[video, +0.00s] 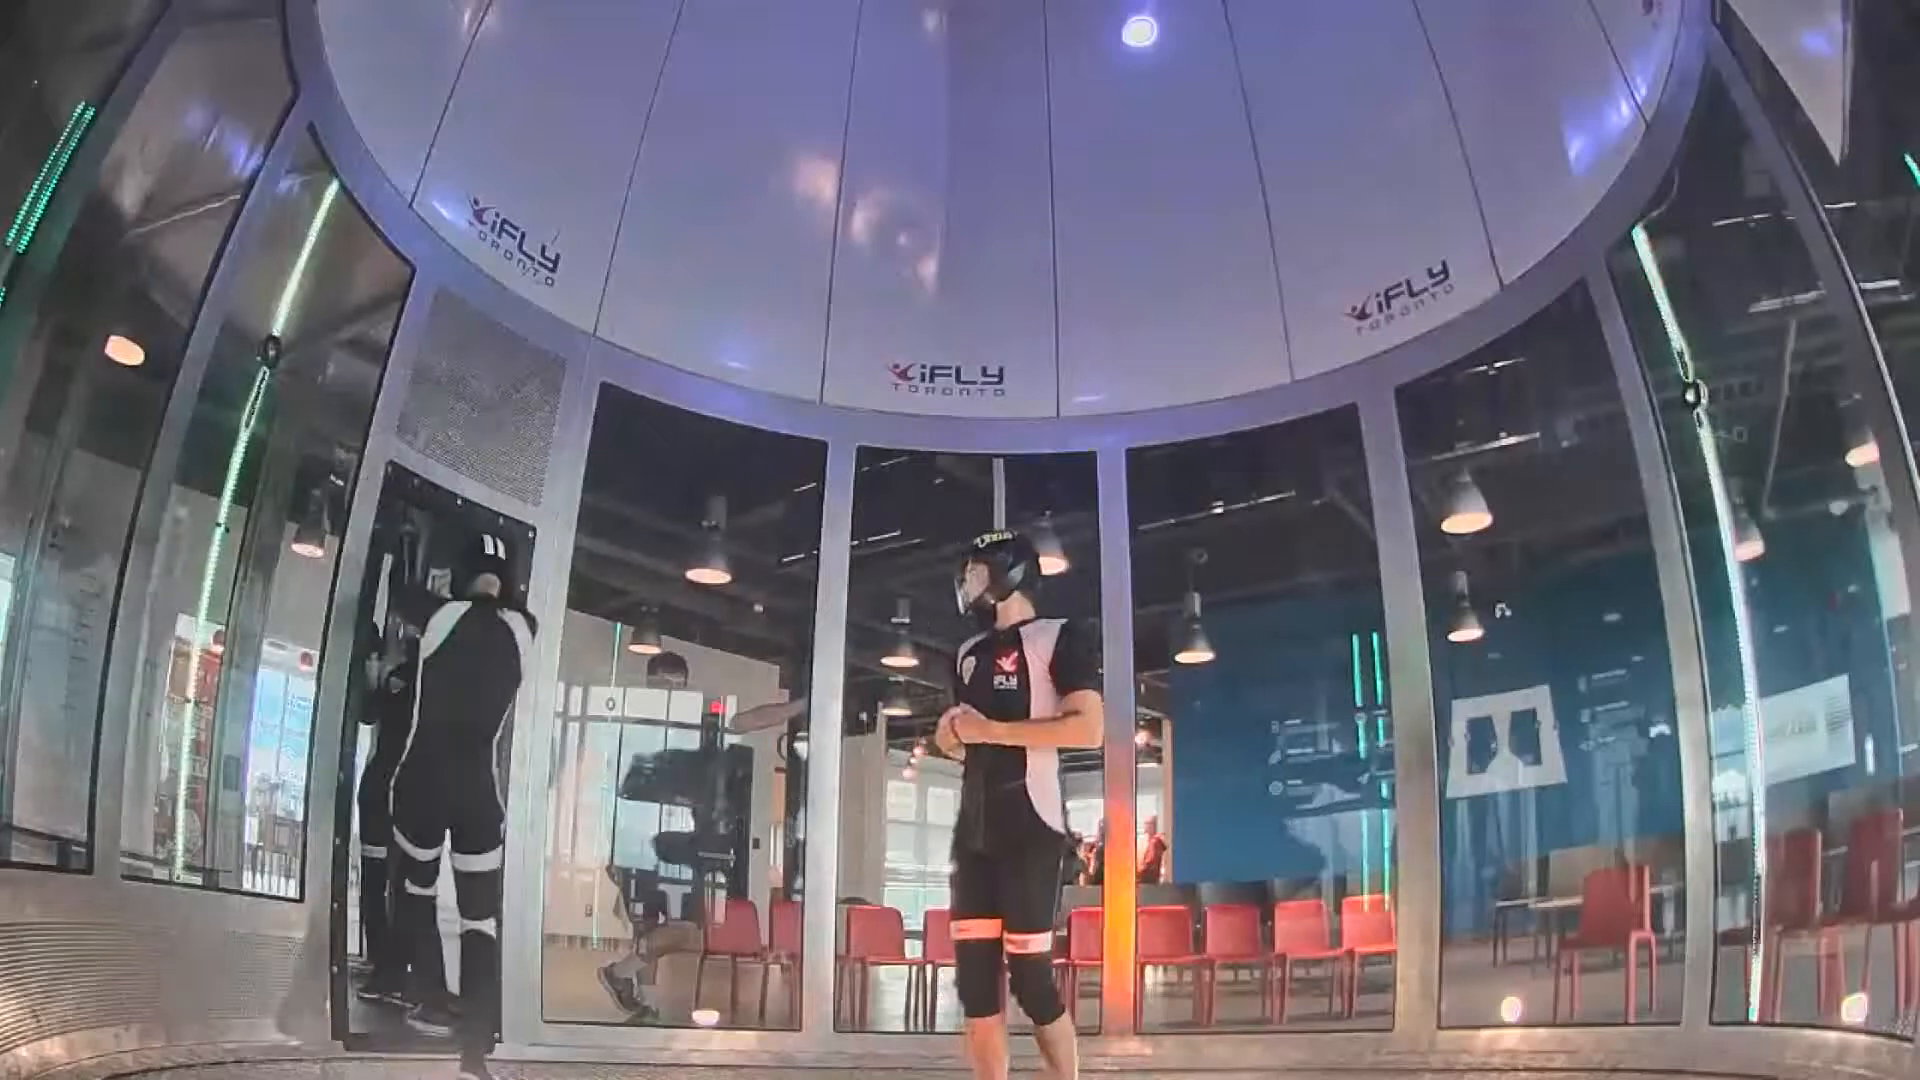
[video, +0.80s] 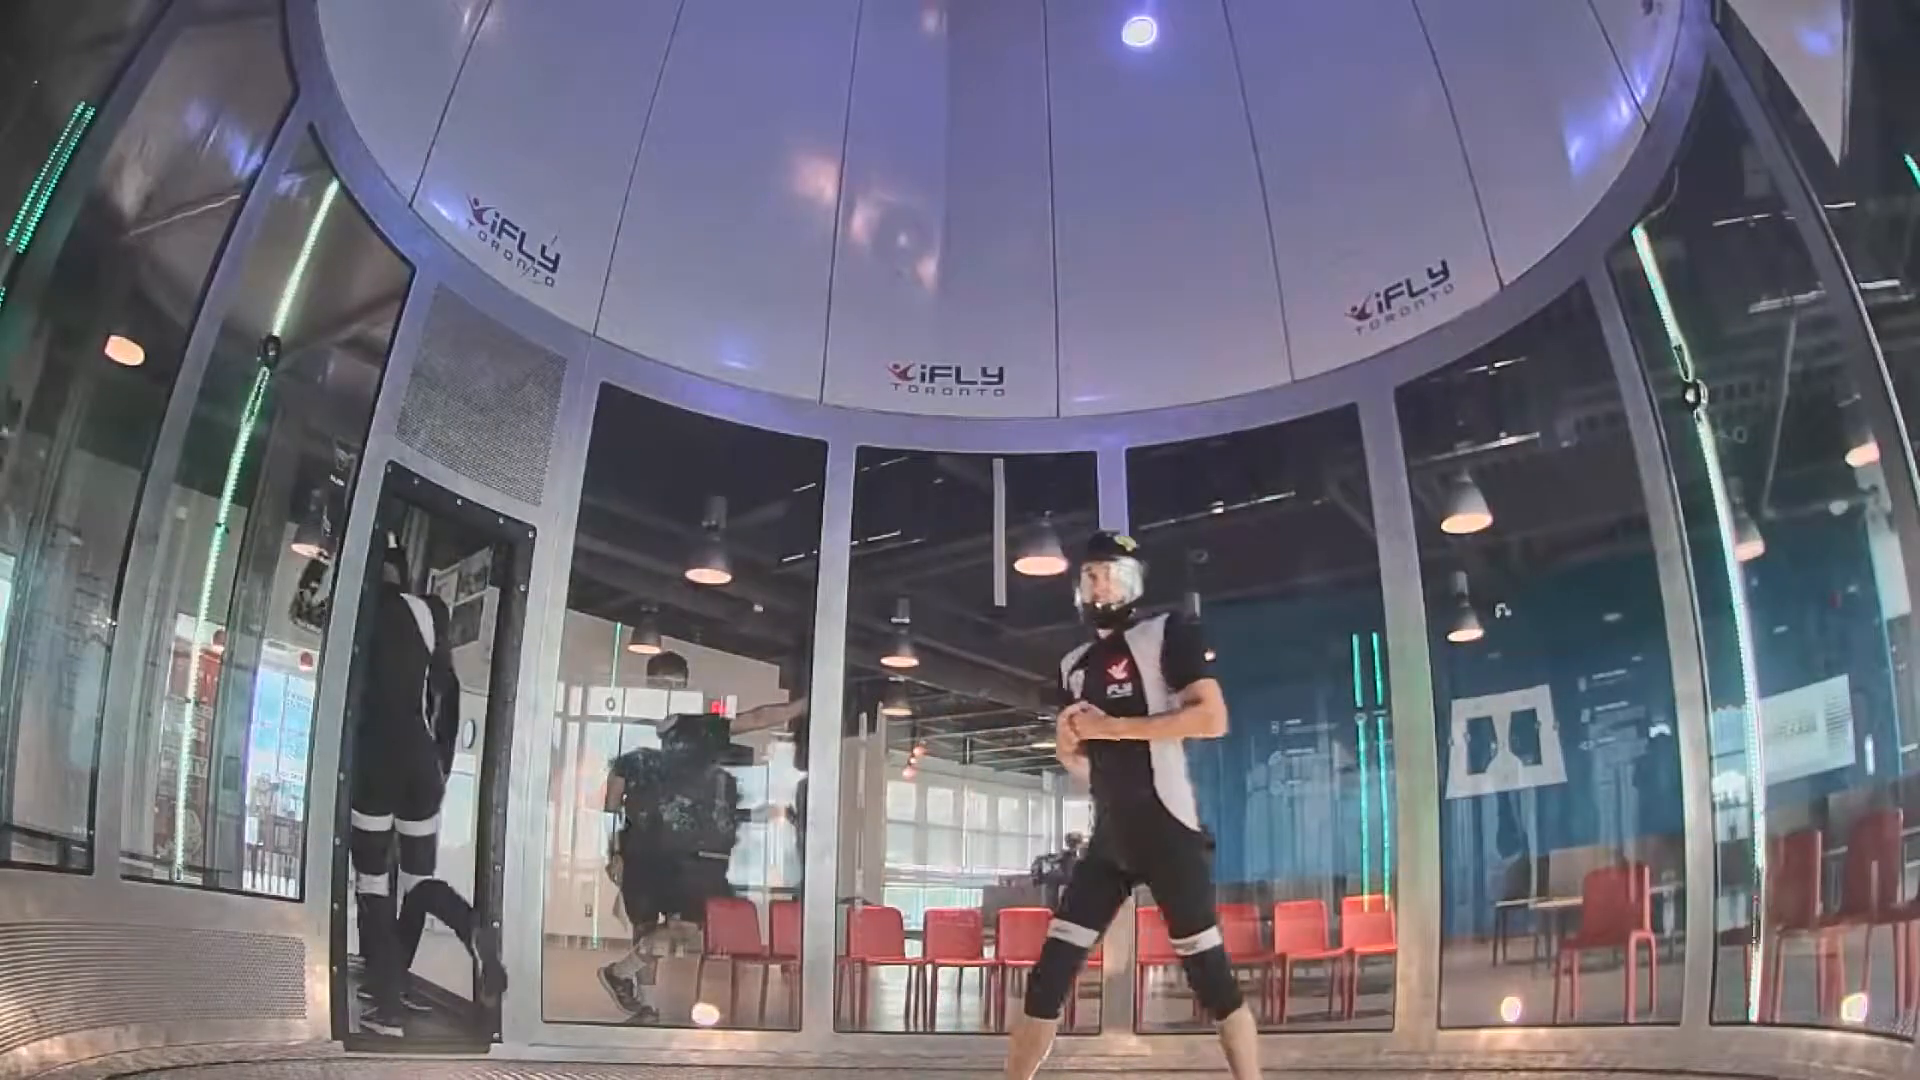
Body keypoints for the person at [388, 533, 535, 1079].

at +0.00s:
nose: (486, 595)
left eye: (471, 588)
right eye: (498, 594)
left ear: (465, 593)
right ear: (504, 599)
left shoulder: (438, 615)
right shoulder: (520, 631)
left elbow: (396, 592)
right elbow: (523, 611)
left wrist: (393, 543)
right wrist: (494, 593)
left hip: (421, 776)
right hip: (481, 783)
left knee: (419, 898)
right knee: (482, 916)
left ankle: (431, 1003)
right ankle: (478, 1045)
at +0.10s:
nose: (483, 598)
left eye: (472, 593)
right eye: (498, 596)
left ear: (467, 594)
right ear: (507, 600)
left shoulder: (443, 619)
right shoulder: (524, 635)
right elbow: (532, 617)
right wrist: (506, 596)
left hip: (427, 780)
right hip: (484, 787)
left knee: (421, 899)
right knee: (482, 914)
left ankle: (424, 1006)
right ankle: (474, 1034)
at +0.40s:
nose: (477, 591)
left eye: (468, 586)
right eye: (481, 586)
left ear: (448, 593)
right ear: (487, 593)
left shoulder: (425, 626)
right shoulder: (504, 627)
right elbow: (547, 612)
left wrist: (449, 596)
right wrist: (506, 593)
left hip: (418, 774)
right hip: (474, 778)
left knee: (406, 888)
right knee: (479, 900)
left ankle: (390, 996)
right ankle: (475, 1017)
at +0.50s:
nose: (459, 600)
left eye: (451, 592)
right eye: (462, 593)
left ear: (429, 593)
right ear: (468, 595)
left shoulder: (403, 625)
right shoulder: (485, 626)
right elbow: (539, 616)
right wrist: (500, 591)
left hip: (405, 778)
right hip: (459, 781)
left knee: (398, 892)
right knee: (467, 905)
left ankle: (388, 1005)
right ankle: (470, 1022)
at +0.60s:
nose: (436, 594)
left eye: (431, 588)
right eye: (437, 588)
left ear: (402, 590)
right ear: (441, 590)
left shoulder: (380, 621)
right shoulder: (462, 620)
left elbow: (365, 695)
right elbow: (524, 628)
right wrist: (498, 592)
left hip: (390, 771)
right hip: (441, 772)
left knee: (391, 895)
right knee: (458, 898)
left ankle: (390, 1010)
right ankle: (473, 1012)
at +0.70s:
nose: (414, 587)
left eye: (408, 580)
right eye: (416, 580)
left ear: (381, 586)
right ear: (423, 583)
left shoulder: (364, 628)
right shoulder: (440, 612)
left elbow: (352, 702)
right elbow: (499, 642)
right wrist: (493, 596)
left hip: (381, 769)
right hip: (433, 773)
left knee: (379, 888)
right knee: (441, 889)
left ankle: (389, 1012)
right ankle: (479, 974)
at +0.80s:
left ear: (364, 570)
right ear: (400, 568)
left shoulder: (361, 610)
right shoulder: (429, 611)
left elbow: (349, 689)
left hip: (374, 760)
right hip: (423, 763)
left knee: (374, 888)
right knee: (421, 881)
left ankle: (388, 1011)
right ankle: (471, 926)